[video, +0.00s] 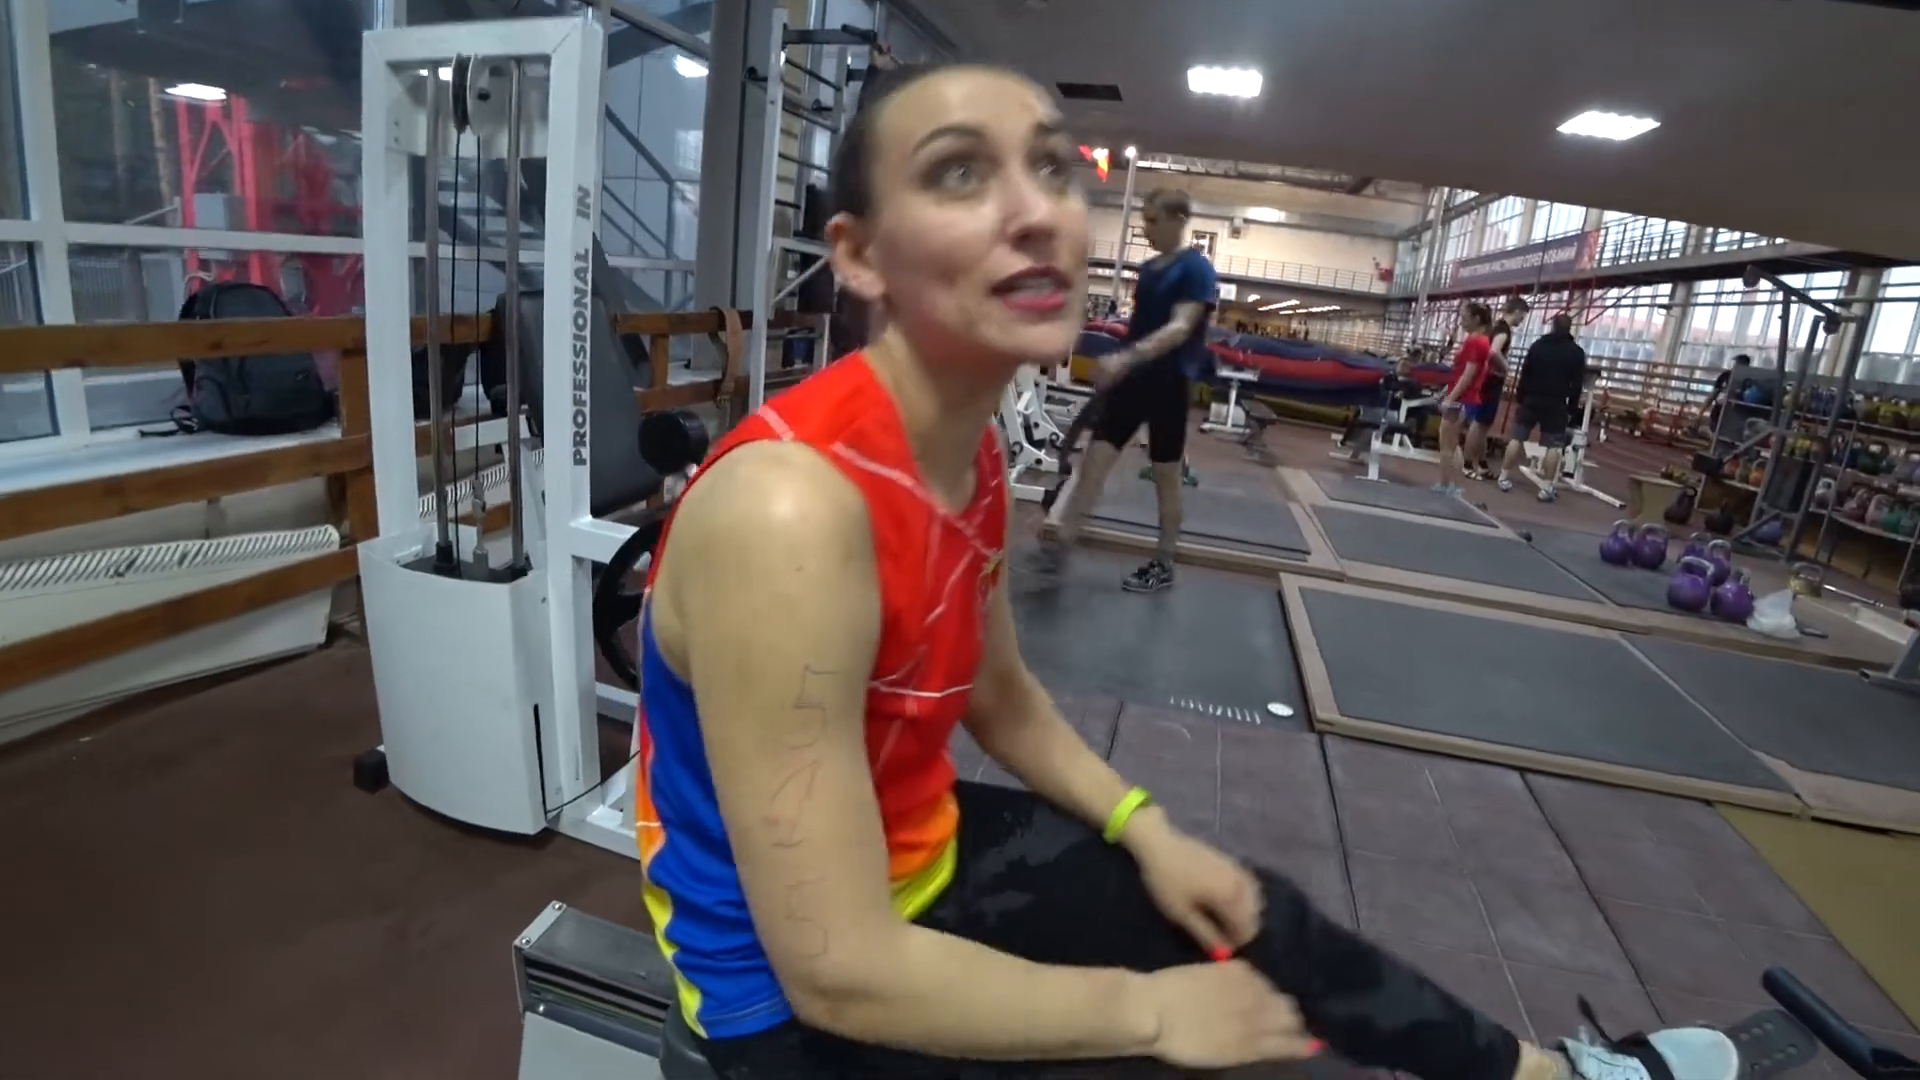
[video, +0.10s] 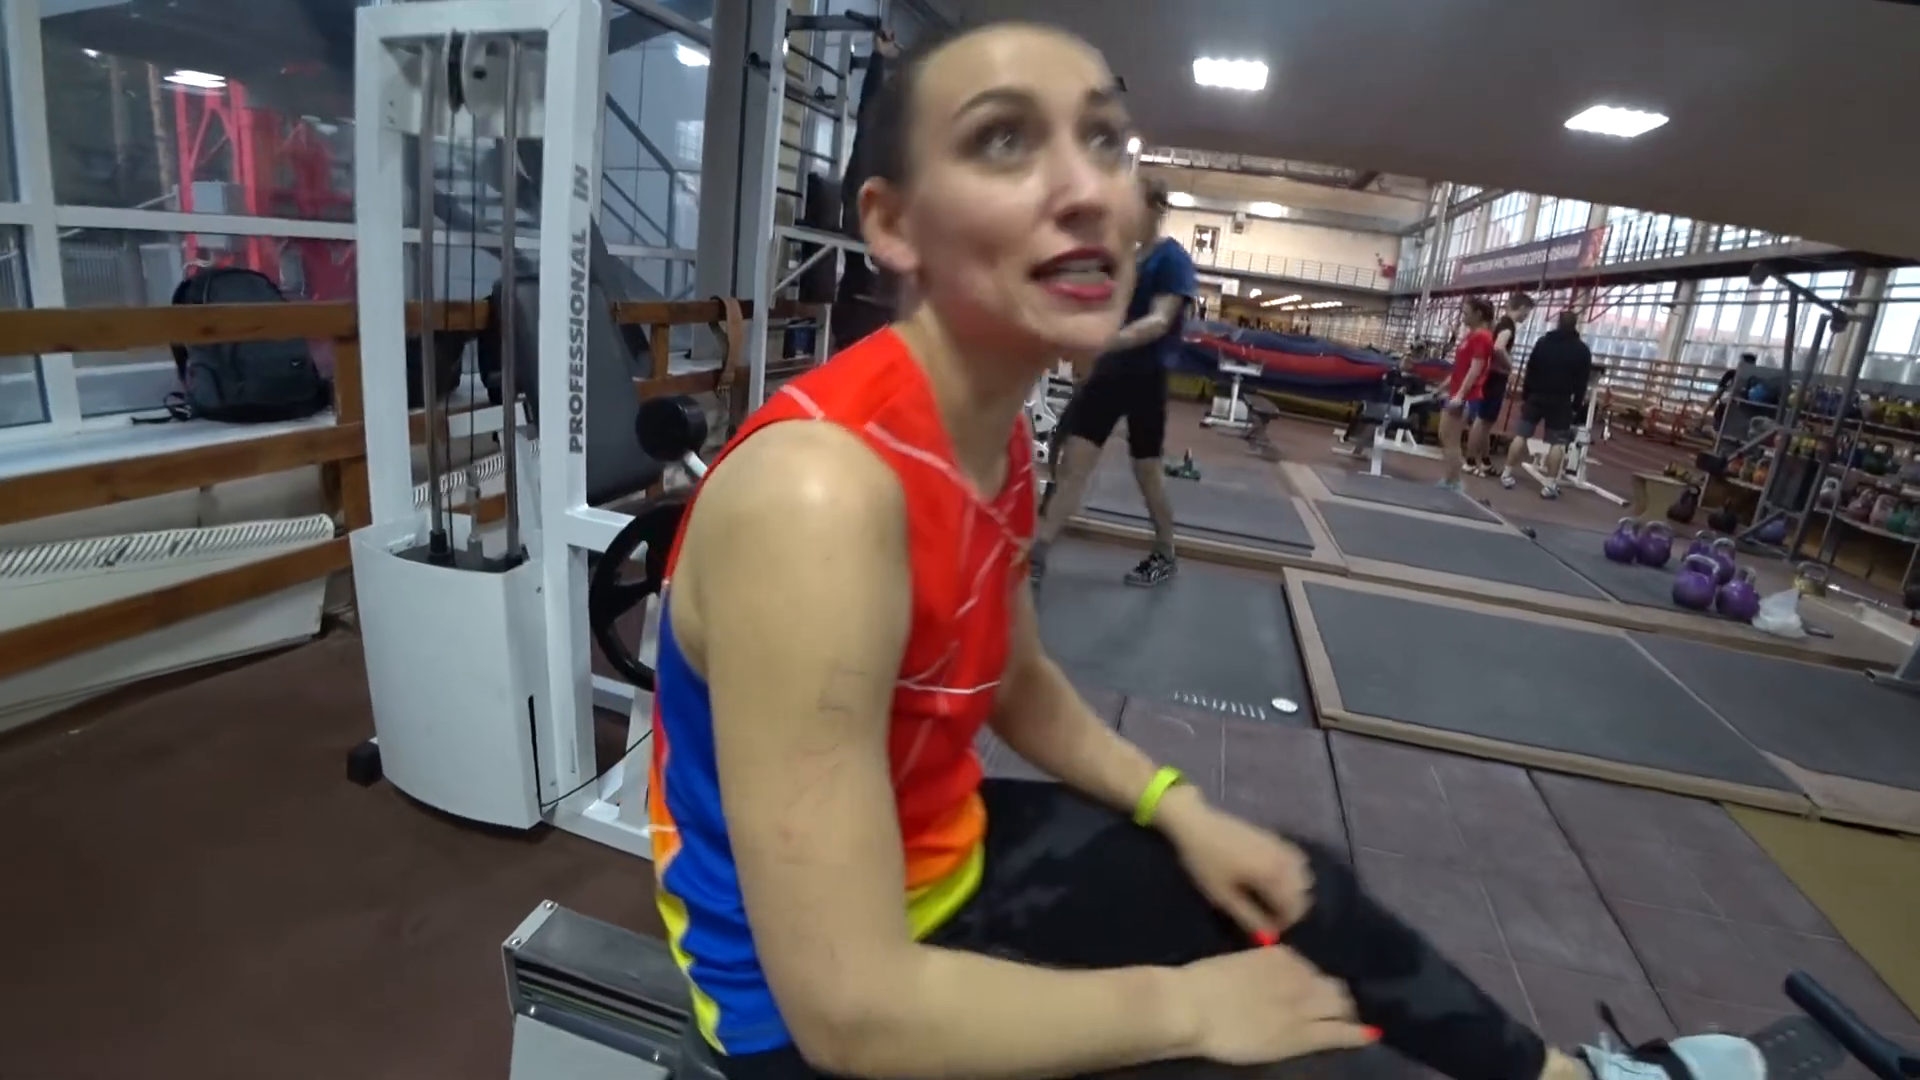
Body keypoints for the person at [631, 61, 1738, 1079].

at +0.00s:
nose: (1036, 212)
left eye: (1052, 171)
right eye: (957, 177)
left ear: (1082, 219)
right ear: (859, 259)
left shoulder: (964, 452)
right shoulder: (783, 513)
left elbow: (1002, 701)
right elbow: (839, 972)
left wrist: (1146, 832)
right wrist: (1156, 1016)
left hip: (943, 857)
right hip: (806, 999)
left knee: (1246, 907)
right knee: (1251, 1046)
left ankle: (1533, 1067)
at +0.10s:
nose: (1087, 190)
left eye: (1105, 141)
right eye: (1004, 144)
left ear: (1136, 191)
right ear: (889, 229)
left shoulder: (988, 428)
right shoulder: (814, 499)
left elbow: (1020, 690)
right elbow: (850, 1011)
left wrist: (1182, 813)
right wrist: (1191, 1011)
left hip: (960, 845)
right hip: (836, 1004)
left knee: (1293, 881)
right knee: (1315, 1047)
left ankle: (1548, 1067)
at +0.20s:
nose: (1114, 177)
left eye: (1140, 121)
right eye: (1032, 124)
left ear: (1174, 166)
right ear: (915, 210)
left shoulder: (1013, 425)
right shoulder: (834, 490)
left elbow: (1032, 681)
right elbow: (874, 1040)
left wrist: (1216, 795)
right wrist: (1231, 1021)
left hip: (978, 864)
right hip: (864, 1013)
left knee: (1342, 867)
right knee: (1399, 1051)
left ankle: (1561, 1071)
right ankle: (1560, 1071)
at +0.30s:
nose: (1108, 217)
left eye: (1149, 143)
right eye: (1027, 151)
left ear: (1191, 175)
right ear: (915, 203)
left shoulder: (1026, 418)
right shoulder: (843, 495)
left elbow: (1037, 673)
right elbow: (932, 1062)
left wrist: (1239, 785)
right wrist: (1299, 1046)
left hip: (1009, 879)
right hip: (878, 1027)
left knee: (1360, 838)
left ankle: (1563, 1076)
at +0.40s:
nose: (1070, 284)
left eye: (1131, 200)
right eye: (998, 205)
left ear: (1194, 203)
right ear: (913, 215)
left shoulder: (1026, 435)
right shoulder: (838, 509)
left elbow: (1026, 677)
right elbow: (960, 1060)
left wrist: (1240, 783)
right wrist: (1353, 1077)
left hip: (1002, 892)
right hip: (853, 1026)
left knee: (1372, 827)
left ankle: (1542, 1073)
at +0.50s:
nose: (1044, 349)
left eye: (1114, 262)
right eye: (976, 260)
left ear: (1193, 257)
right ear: (901, 245)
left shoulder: (1023, 455)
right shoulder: (813, 547)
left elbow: (1031, 705)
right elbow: (941, 1059)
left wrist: (1234, 791)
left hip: (995, 926)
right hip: (827, 1042)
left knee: (1362, 827)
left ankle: (1519, 1074)